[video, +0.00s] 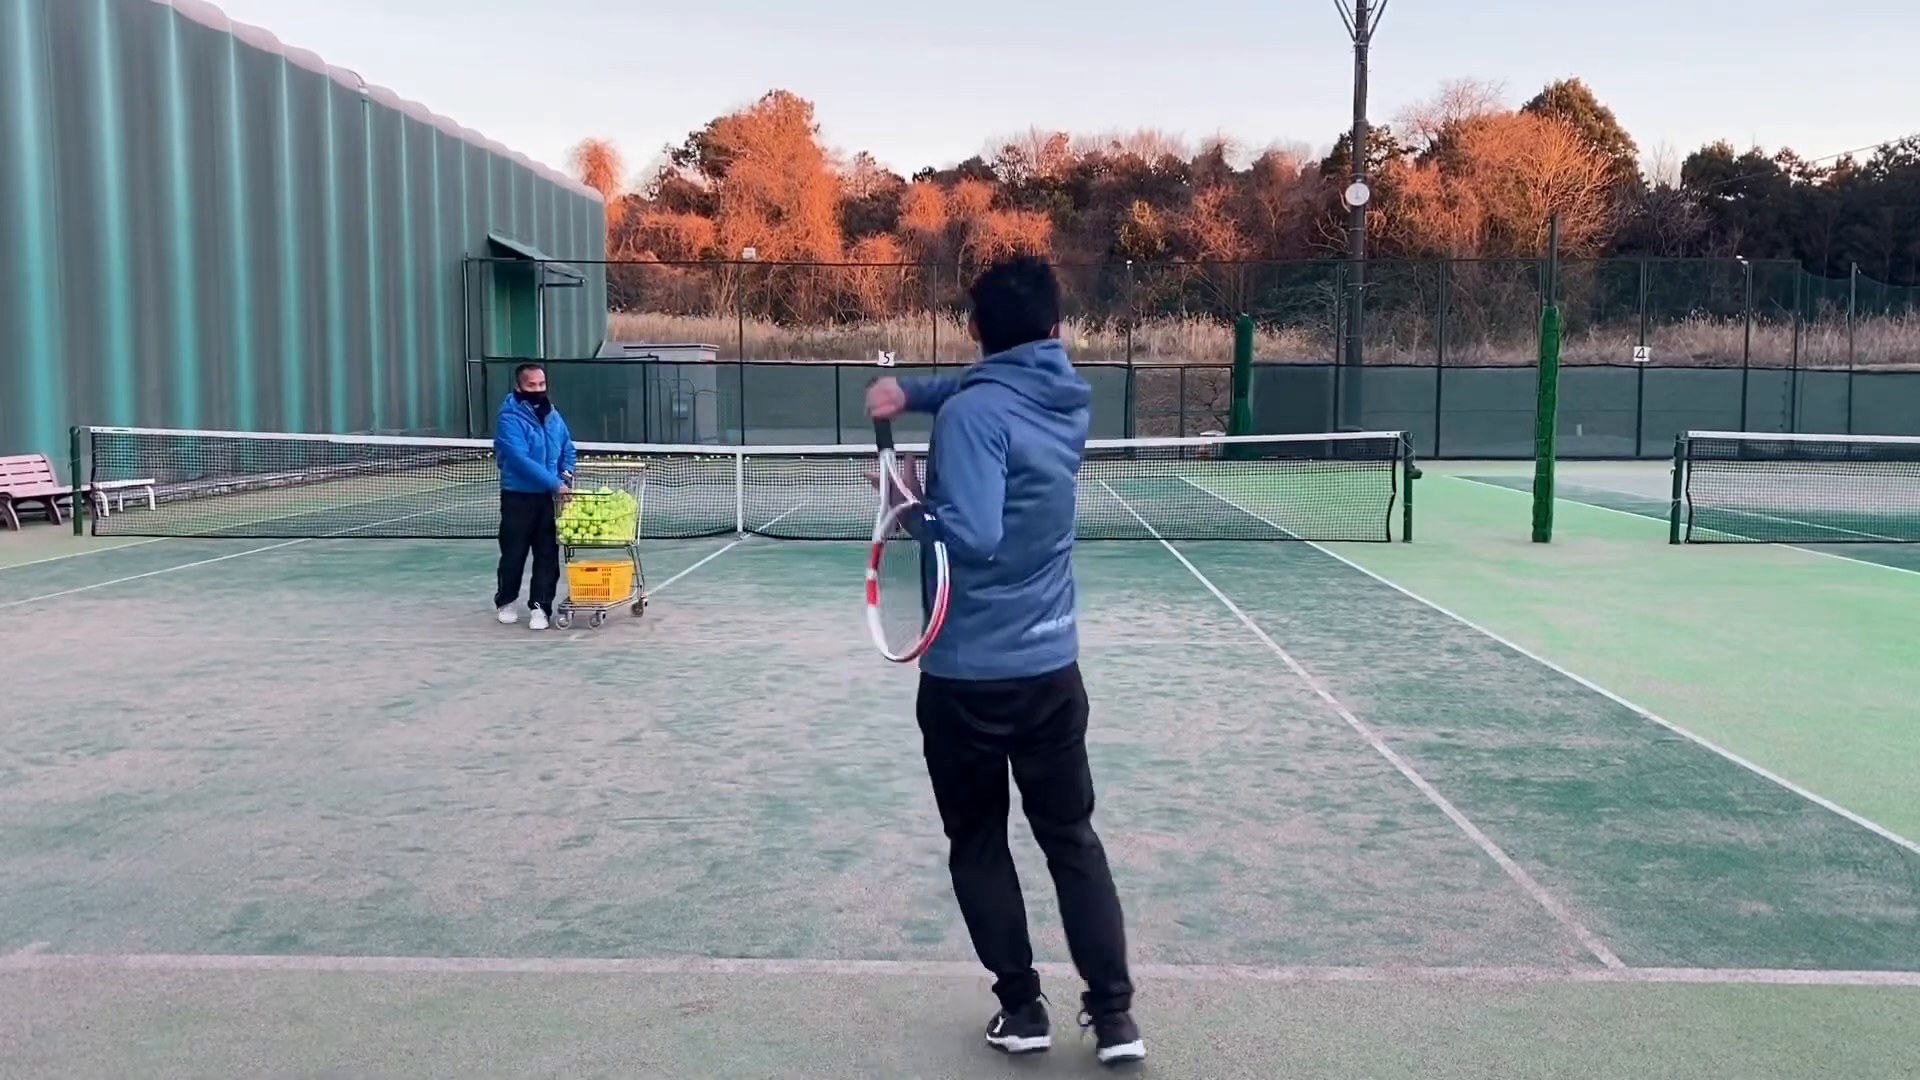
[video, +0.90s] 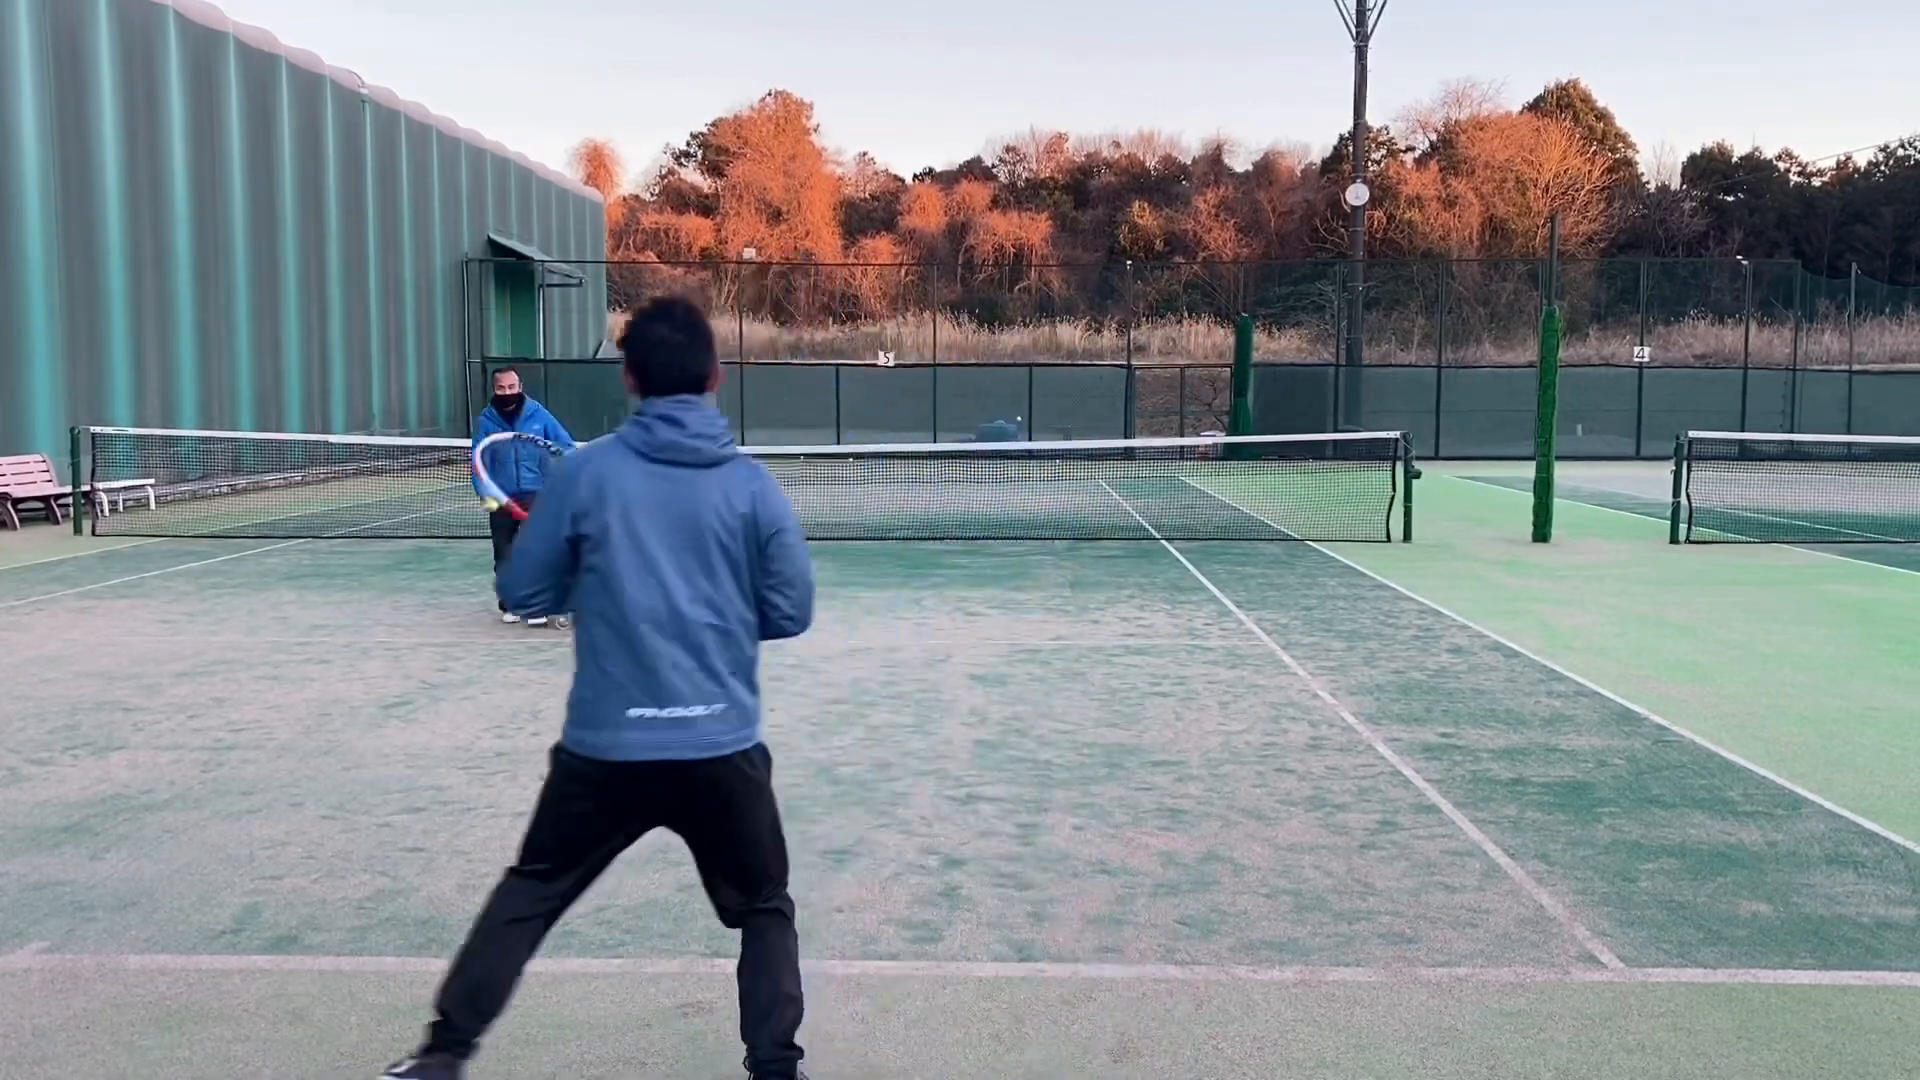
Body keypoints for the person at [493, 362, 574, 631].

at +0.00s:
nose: (538, 389)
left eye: (542, 384)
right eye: (532, 384)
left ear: (546, 384)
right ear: (519, 386)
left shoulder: (552, 414)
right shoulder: (509, 417)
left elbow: (568, 447)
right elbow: (519, 458)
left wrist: (566, 471)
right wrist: (555, 484)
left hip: (548, 493)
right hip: (518, 494)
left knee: (547, 554)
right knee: (514, 552)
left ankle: (541, 607)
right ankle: (506, 602)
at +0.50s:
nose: (523, 389)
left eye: (527, 384)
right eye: (517, 384)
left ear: (535, 385)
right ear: (508, 387)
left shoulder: (549, 415)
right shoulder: (498, 418)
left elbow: (571, 449)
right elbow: (498, 460)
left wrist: (566, 473)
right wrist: (524, 472)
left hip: (543, 495)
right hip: (511, 496)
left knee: (544, 554)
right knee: (511, 553)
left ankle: (540, 607)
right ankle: (512, 602)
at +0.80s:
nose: (510, 391)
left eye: (515, 386)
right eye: (505, 387)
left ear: (524, 387)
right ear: (497, 389)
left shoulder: (541, 415)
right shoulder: (490, 419)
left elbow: (568, 448)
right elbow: (484, 457)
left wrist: (566, 476)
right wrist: (494, 484)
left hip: (536, 496)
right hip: (503, 497)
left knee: (537, 553)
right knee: (505, 555)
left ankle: (539, 605)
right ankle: (511, 603)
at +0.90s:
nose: (507, 392)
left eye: (512, 387)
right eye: (501, 388)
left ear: (520, 387)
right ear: (494, 389)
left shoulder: (539, 415)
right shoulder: (486, 420)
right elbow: (478, 461)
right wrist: (486, 494)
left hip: (538, 494)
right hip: (501, 496)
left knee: (538, 547)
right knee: (503, 552)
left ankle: (539, 605)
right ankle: (509, 605)